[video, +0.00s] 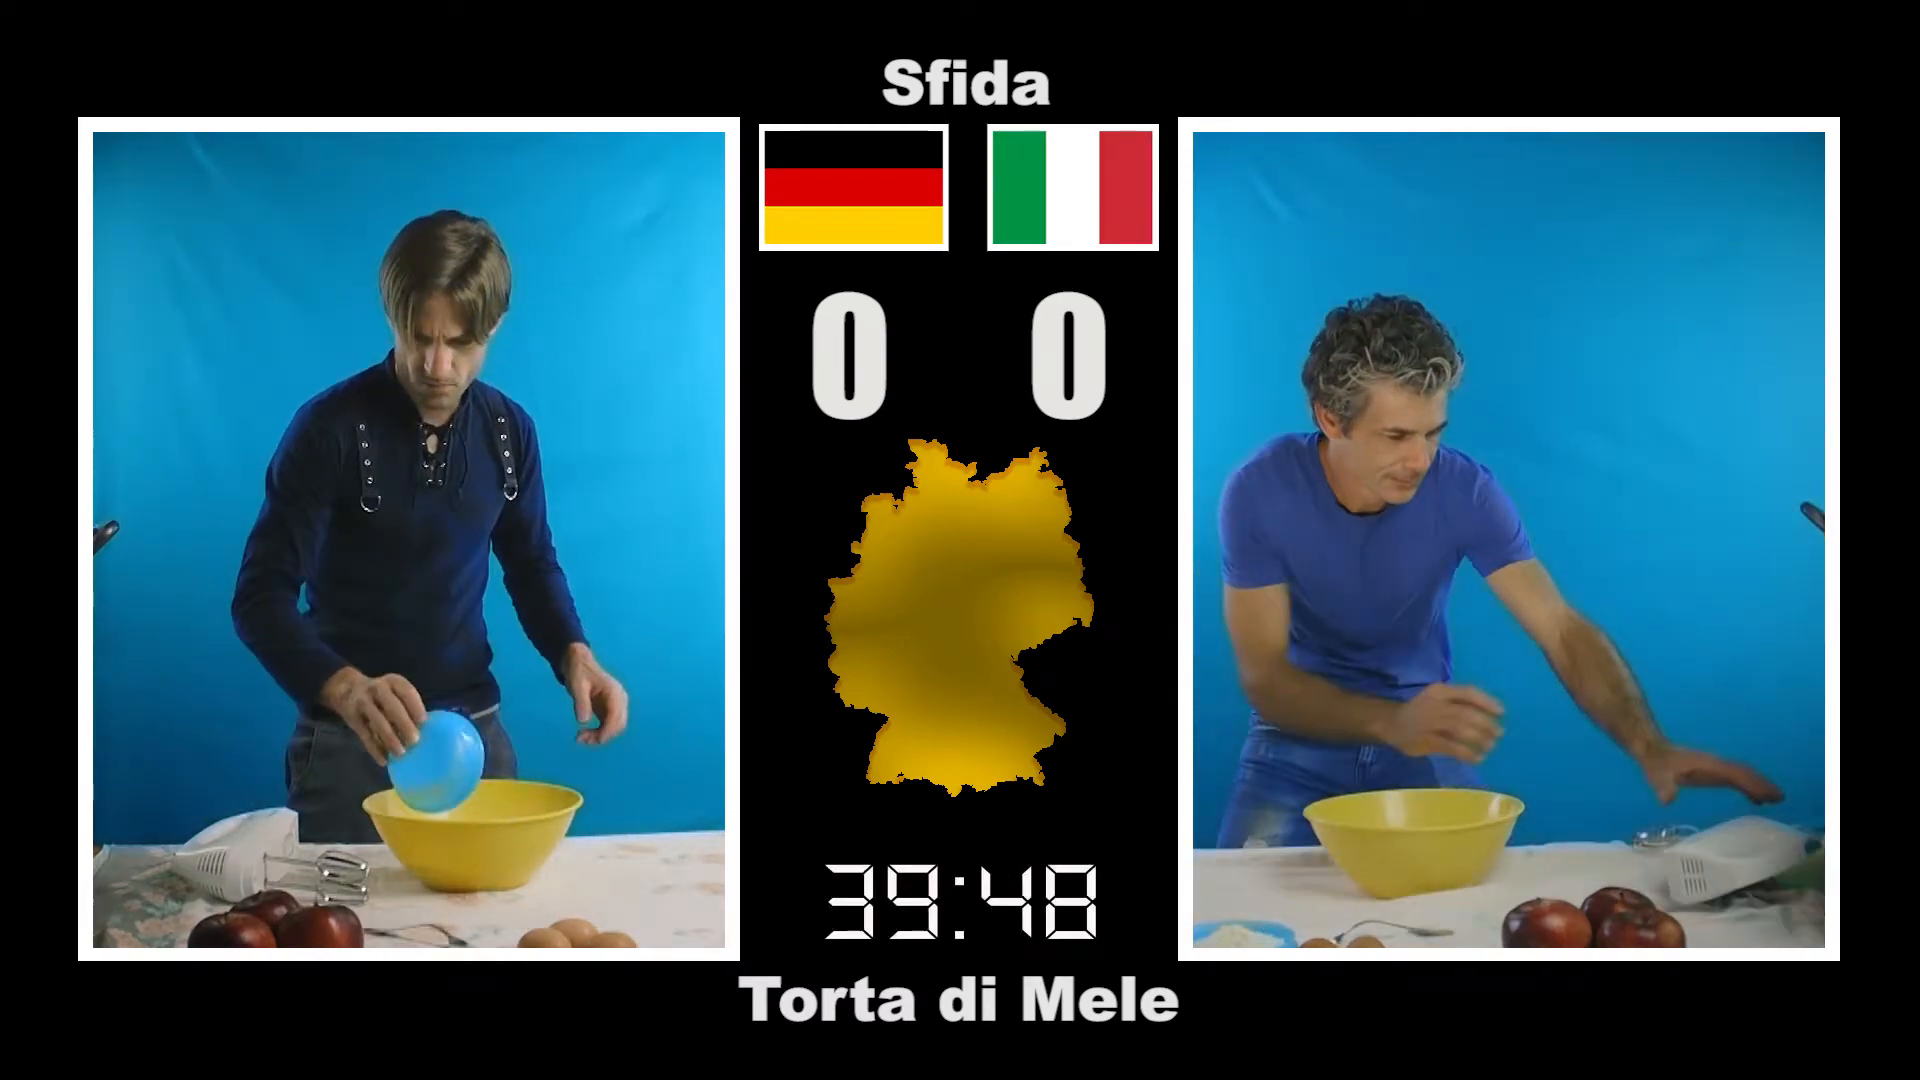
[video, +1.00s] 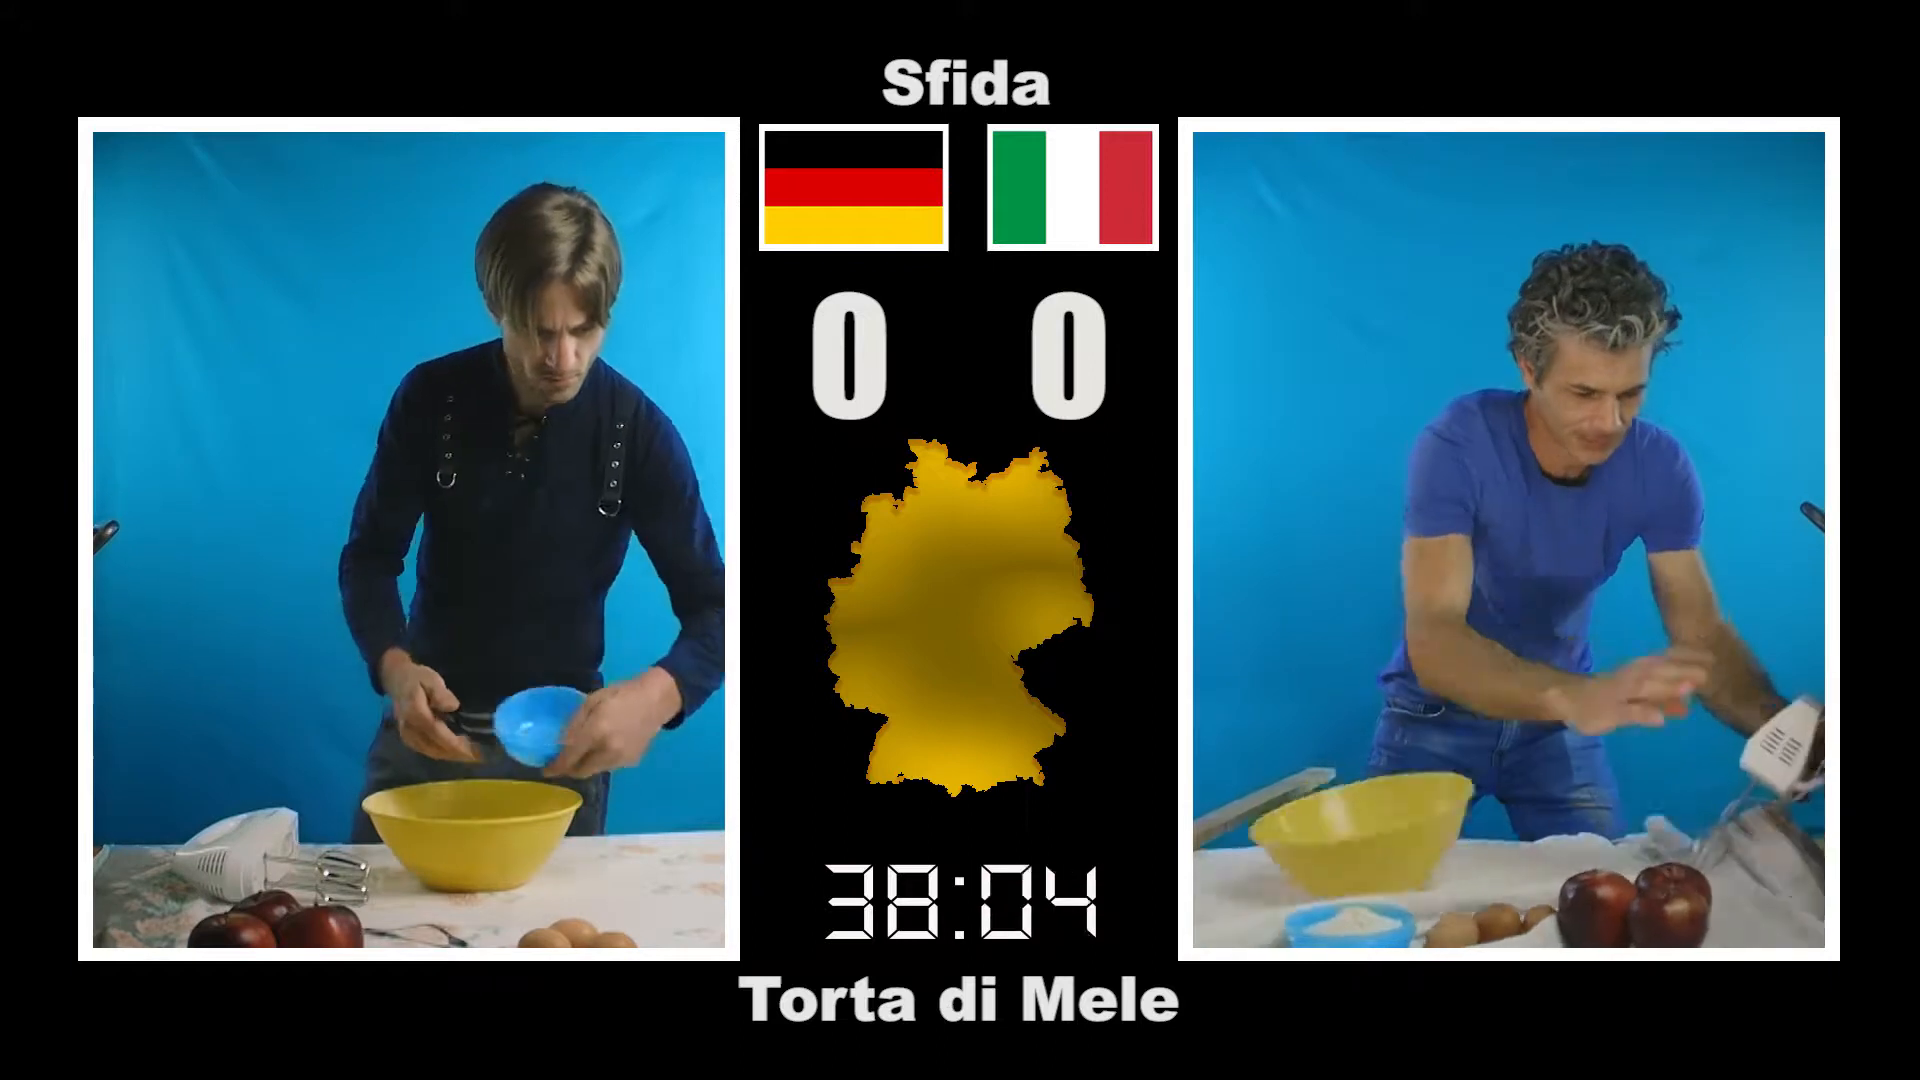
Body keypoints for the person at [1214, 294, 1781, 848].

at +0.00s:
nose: (1420, 460)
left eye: (1432, 433)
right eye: (1396, 438)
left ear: (1442, 411)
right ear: (1328, 421)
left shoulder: (1463, 493)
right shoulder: (1260, 495)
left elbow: (1561, 631)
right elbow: (1266, 684)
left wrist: (1651, 749)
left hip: (1419, 762)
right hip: (1294, 759)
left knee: (1436, 932)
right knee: (1254, 926)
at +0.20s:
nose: (1509, 479)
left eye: (1522, 452)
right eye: (1486, 454)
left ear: (1533, 439)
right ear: (1418, 445)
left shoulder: (1529, 507)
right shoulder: (1361, 524)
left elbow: (1578, 656)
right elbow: (1458, 667)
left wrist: (1624, 778)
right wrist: (1614, 763)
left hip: (1450, 761)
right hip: (1333, 769)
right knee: (1313, 937)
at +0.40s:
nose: (1612, 496)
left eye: (1630, 469)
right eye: (1589, 469)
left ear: (1644, 450)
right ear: (1524, 446)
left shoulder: (1630, 533)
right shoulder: (1449, 508)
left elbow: (1658, 690)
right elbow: (1467, 693)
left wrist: (1723, 794)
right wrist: (1616, 803)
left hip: (1500, 743)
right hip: (1383, 750)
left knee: (1524, 919)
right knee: (1361, 925)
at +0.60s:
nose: (1647, 465)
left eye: (1667, 438)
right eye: (1623, 435)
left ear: (1684, 419)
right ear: (1564, 407)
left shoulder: (1674, 500)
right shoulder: (1479, 478)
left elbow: (1699, 669)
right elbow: (1474, 688)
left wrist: (1755, 791)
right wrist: (1606, 808)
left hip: (1544, 709)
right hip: (1423, 704)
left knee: (1589, 903)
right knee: (1358, 892)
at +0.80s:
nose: (1624, 445)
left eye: (1646, 418)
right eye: (1598, 417)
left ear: (1666, 397)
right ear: (1546, 390)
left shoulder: (1675, 482)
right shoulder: (1472, 473)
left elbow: (1711, 653)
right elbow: (1481, 682)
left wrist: (1773, 783)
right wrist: (1612, 788)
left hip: (1562, 710)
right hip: (1440, 705)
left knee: (1600, 906)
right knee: (1373, 884)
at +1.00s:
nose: (1609, 422)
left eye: (1630, 395)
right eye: (1583, 395)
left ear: (1648, 374)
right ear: (1528, 368)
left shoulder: (1656, 467)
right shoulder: (1457, 448)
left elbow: (1702, 636)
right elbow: (1434, 644)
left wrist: (1789, 735)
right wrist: (1568, 696)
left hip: (1556, 729)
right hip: (1433, 719)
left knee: (1607, 922)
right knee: (1384, 922)